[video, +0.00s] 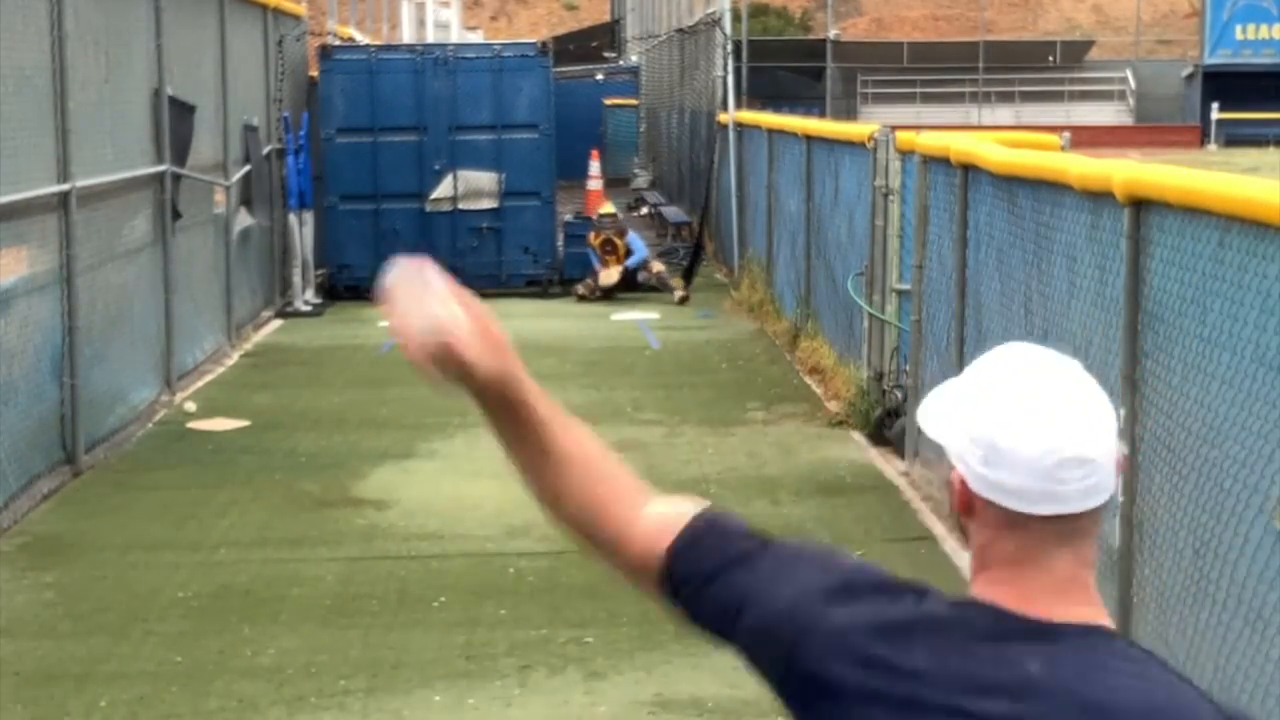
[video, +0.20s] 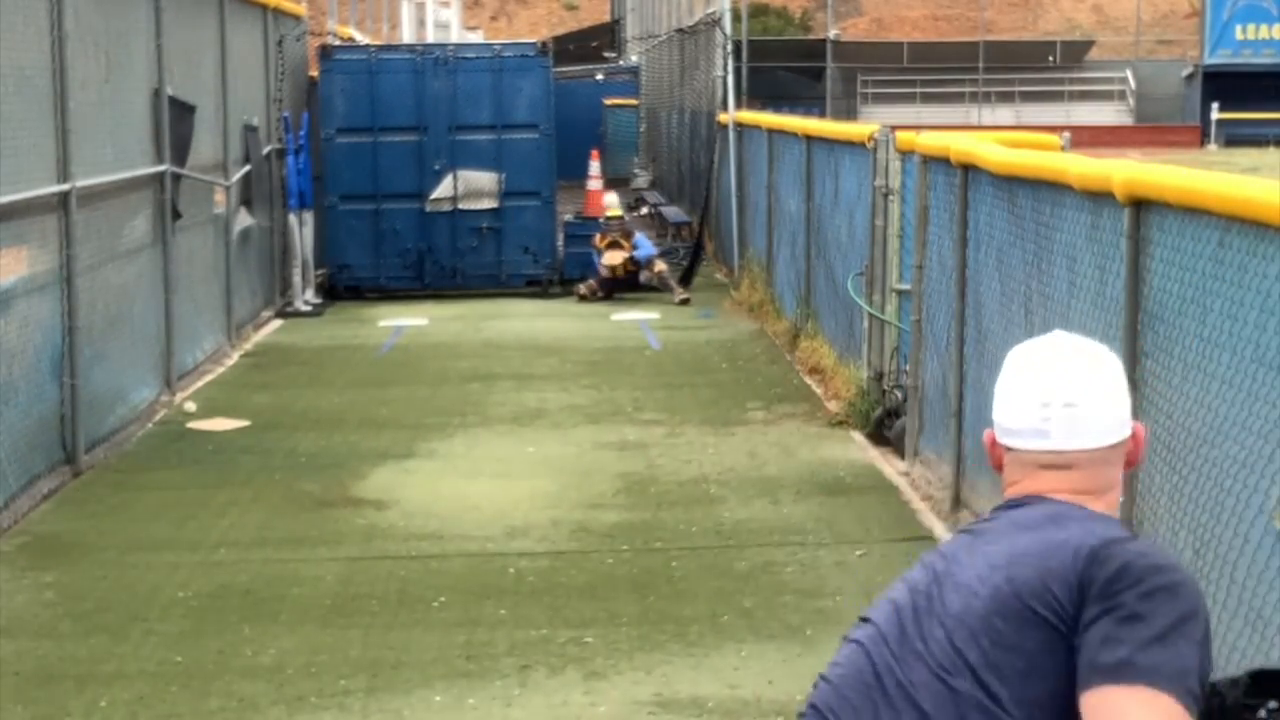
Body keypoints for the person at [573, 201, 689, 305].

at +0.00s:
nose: (608, 228)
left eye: (612, 223)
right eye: (604, 224)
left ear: (618, 222)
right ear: (598, 224)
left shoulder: (628, 235)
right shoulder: (593, 238)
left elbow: (643, 253)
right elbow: (593, 257)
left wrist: (623, 267)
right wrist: (601, 271)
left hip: (631, 271)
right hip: (609, 272)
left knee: (655, 266)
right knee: (597, 280)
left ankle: (676, 291)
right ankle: (586, 290)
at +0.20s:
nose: (614, 224)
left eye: (617, 220)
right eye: (610, 221)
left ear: (623, 221)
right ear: (604, 223)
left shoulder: (634, 236)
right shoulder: (600, 240)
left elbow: (651, 251)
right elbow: (597, 261)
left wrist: (631, 256)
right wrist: (605, 271)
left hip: (635, 276)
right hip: (612, 276)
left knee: (657, 266)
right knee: (598, 284)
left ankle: (678, 292)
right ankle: (586, 290)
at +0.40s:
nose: (617, 223)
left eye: (621, 219)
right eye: (614, 219)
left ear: (626, 220)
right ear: (609, 221)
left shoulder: (638, 235)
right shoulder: (604, 237)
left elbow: (659, 245)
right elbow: (597, 253)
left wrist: (638, 234)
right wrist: (602, 269)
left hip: (637, 276)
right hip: (614, 277)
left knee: (658, 267)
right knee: (599, 283)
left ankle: (678, 293)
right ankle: (586, 290)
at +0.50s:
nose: (623, 223)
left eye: (626, 219)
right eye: (619, 220)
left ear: (630, 220)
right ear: (612, 222)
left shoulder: (639, 233)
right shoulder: (604, 236)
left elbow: (660, 244)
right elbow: (598, 252)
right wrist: (603, 268)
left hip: (636, 275)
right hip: (614, 275)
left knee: (658, 267)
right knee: (598, 283)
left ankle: (678, 293)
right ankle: (586, 291)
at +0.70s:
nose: (623, 222)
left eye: (625, 218)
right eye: (618, 219)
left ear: (630, 218)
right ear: (612, 220)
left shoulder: (637, 232)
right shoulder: (604, 234)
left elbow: (658, 242)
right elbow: (596, 249)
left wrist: (649, 237)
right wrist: (601, 264)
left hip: (635, 274)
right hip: (614, 274)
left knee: (658, 268)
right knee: (600, 282)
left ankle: (677, 293)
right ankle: (587, 290)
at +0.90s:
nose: (608, 218)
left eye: (612, 214)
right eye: (604, 214)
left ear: (618, 212)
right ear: (599, 215)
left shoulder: (628, 225)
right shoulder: (596, 231)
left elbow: (651, 239)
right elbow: (589, 249)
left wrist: (632, 242)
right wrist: (594, 260)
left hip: (631, 263)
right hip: (609, 265)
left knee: (655, 272)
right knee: (595, 286)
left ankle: (676, 293)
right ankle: (593, 291)